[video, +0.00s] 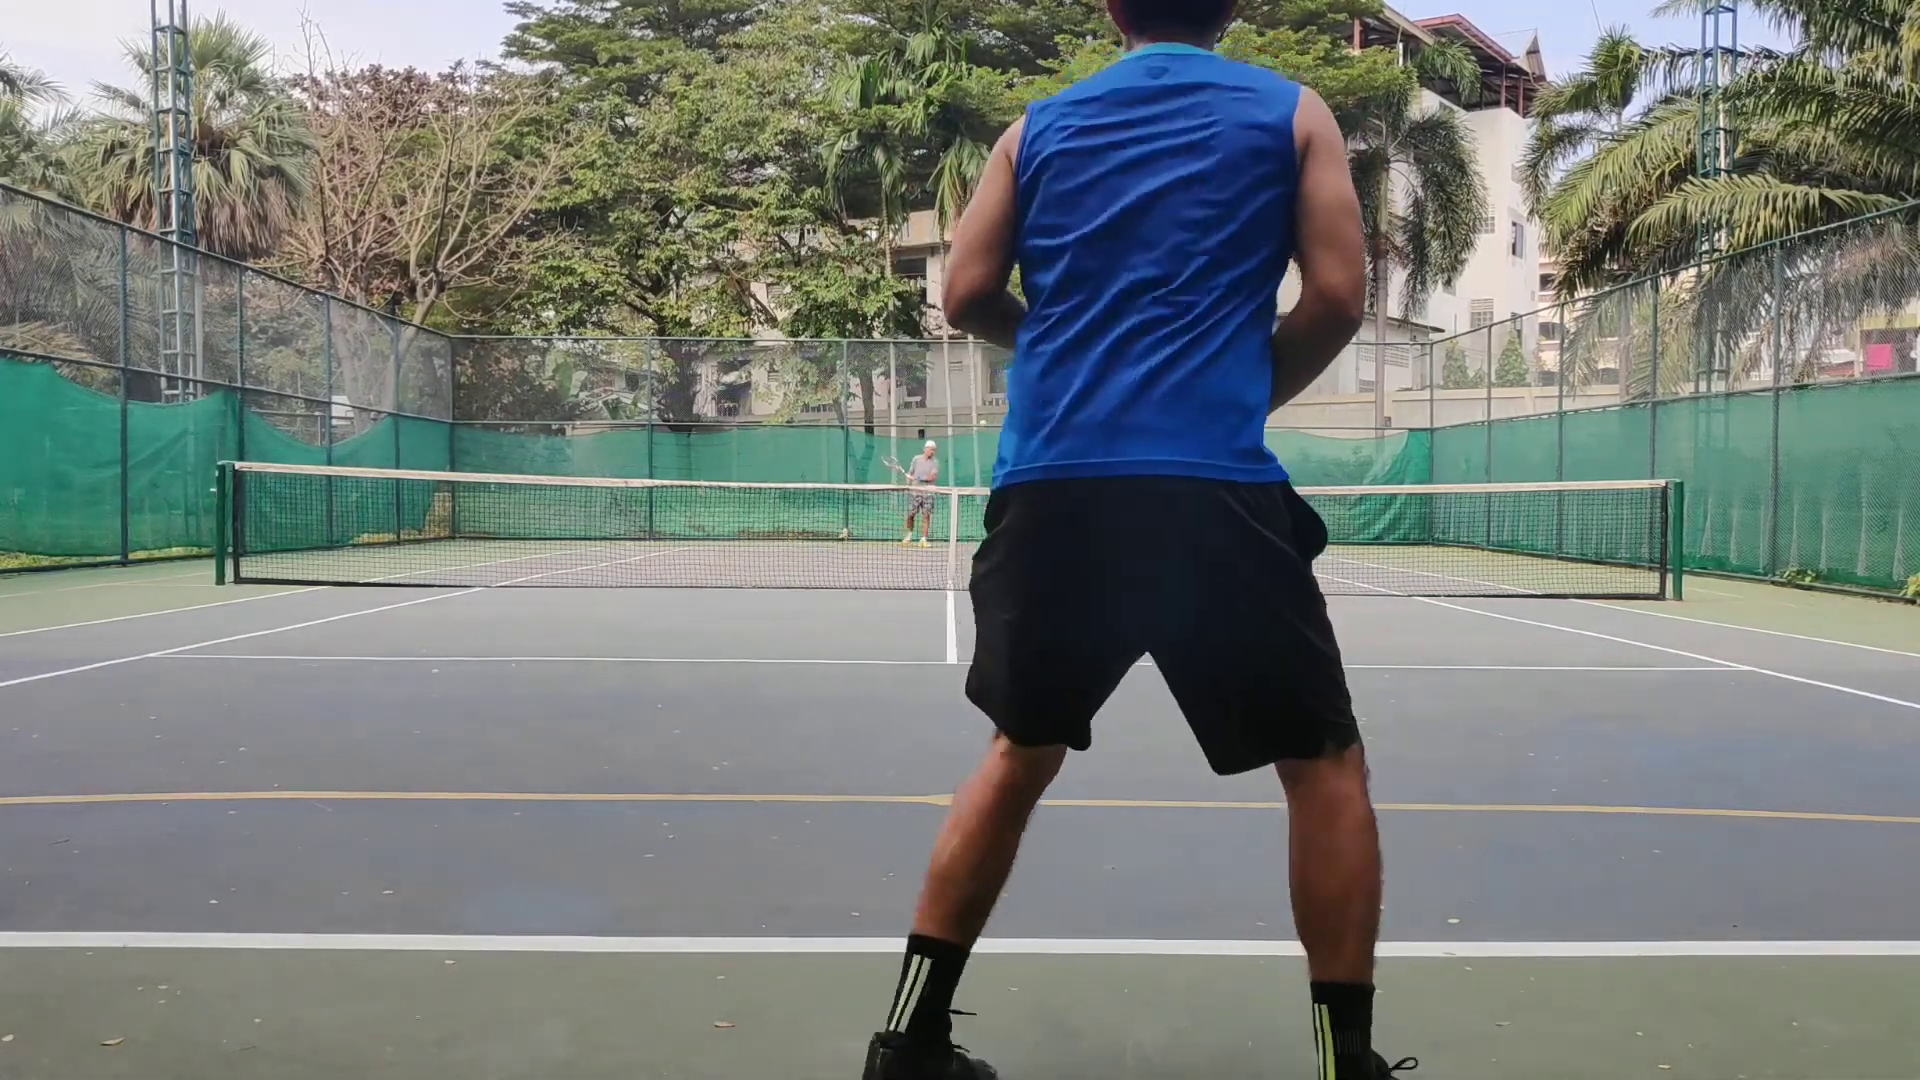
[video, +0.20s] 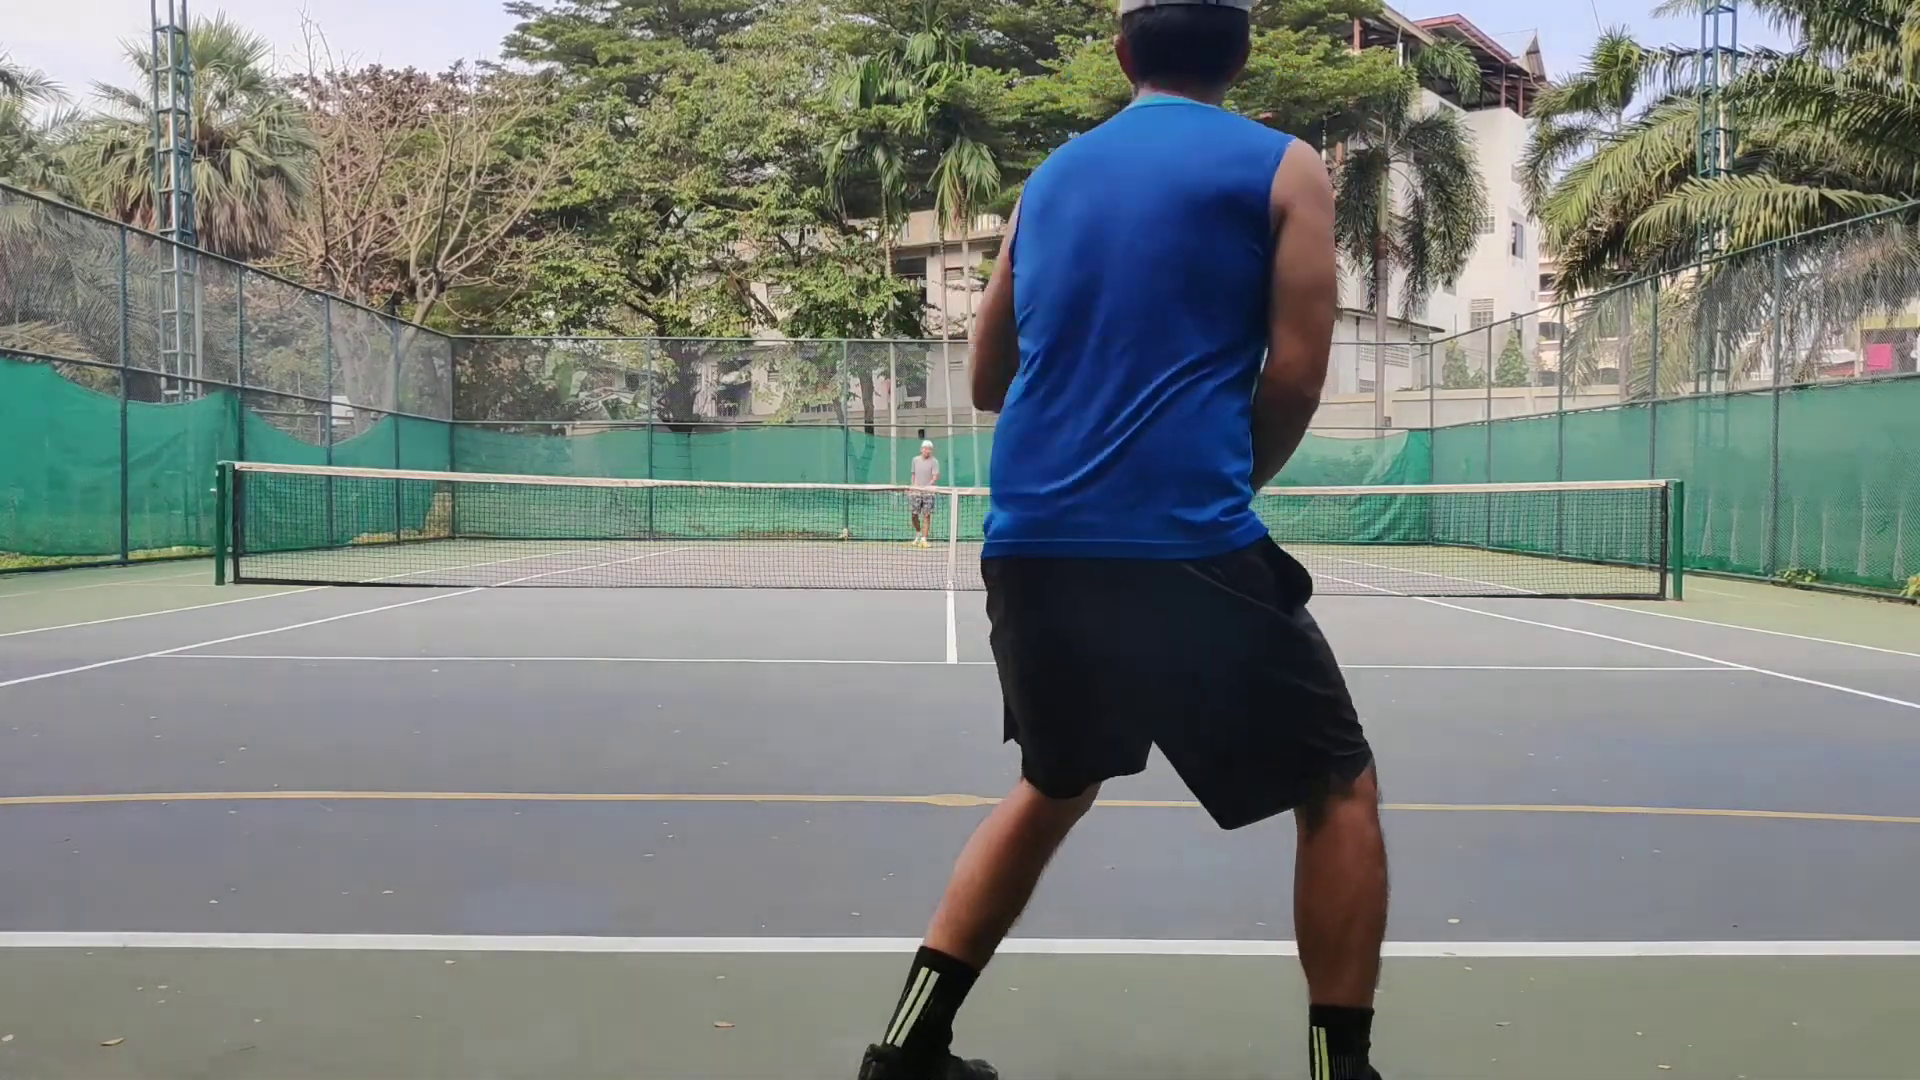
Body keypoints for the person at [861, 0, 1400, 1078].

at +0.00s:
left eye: (1106, 16)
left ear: (1113, 15)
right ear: (1228, 16)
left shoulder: (1042, 122)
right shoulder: (1292, 110)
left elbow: (965, 294)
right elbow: (1338, 298)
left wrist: (1051, 337)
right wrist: (1246, 388)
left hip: (1054, 494)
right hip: (1217, 498)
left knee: (1017, 756)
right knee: (1324, 768)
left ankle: (911, 1032)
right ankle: (1348, 1054)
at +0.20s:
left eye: (1131, 40)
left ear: (1127, 57)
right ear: (1238, 66)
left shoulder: (1052, 177)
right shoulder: (1282, 165)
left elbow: (988, 383)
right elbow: (1296, 374)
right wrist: (1229, 480)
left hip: (1034, 546)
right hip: (1191, 546)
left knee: (1053, 779)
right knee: (1340, 794)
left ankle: (910, 1039)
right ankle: (1340, 1064)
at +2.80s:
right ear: (989, 0)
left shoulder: (801, 62)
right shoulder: (1065, 90)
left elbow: (716, 216)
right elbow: (1109, 273)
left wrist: (812, 268)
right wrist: (1017, 348)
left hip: (827, 472)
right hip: (1001, 486)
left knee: (729, 740)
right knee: (1101, 742)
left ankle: (637, 1040)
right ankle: (1208, 1023)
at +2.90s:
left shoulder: (783, 26)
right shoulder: (1047, 58)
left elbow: (689, 179)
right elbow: (1086, 245)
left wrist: (789, 238)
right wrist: (990, 329)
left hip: (796, 440)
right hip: (968, 453)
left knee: (693, 732)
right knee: (1069, 725)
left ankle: (583, 1029)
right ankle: (1163, 1028)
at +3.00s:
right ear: (942, 2)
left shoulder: (748, 78)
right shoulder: (1017, 98)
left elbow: (657, 238)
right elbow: (1061, 299)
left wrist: (751, 288)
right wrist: (961, 375)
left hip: (762, 491)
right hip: (943, 500)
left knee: (644, 775)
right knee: (1055, 780)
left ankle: (510, 1050)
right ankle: (1137, 1062)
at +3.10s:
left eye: (802, 39)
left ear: (795, 57)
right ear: (908, 66)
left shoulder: (708, 165)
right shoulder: (972, 178)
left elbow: (610, 338)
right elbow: (1010, 382)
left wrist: (706, 385)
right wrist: (928, 464)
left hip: (717, 566)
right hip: (899, 582)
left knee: (630, 799)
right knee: (1028, 822)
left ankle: (529, 1061)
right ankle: (1120, 1072)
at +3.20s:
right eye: (849, 97)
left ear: (718, 80)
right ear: (836, 96)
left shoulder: (629, 184)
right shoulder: (860, 195)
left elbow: (557, 382)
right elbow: (882, 389)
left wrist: (652, 447)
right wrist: (832, 518)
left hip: (597, 576)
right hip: (775, 587)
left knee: (598, 808)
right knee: (943, 835)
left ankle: (547, 1063)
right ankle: (1098, 1066)